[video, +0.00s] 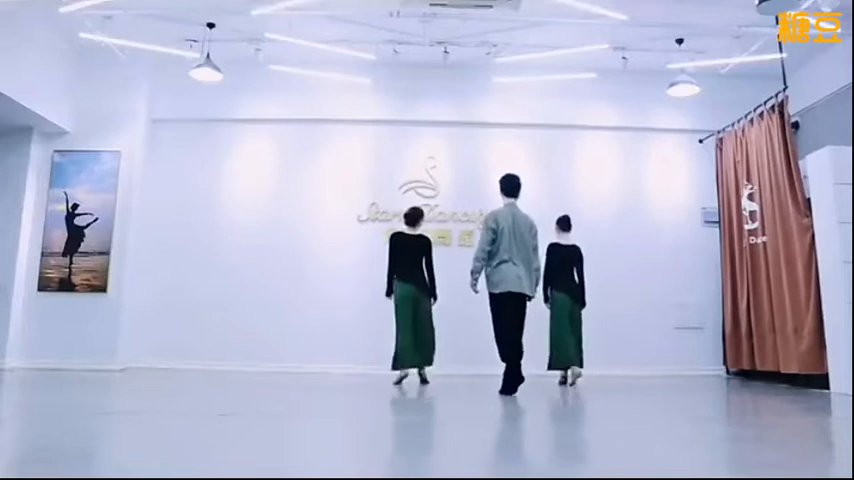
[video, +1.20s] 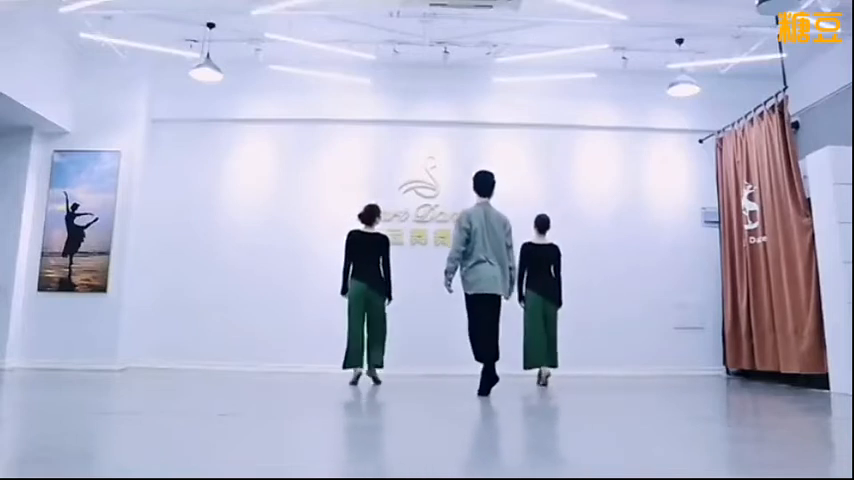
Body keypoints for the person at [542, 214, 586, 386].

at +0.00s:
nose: (556, 230)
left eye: (556, 227)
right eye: (560, 227)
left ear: (556, 228)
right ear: (570, 229)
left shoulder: (552, 248)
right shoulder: (576, 249)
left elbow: (547, 273)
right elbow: (581, 277)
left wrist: (546, 293)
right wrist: (583, 298)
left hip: (558, 292)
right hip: (573, 293)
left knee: (561, 331)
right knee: (573, 330)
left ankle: (565, 368)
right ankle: (574, 365)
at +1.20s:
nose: (538, 229)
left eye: (536, 226)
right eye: (542, 226)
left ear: (534, 227)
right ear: (548, 228)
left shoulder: (527, 247)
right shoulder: (554, 249)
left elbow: (521, 272)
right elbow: (558, 275)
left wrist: (520, 293)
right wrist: (559, 296)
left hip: (533, 292)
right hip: (550, 293)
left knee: (536, 330)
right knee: (548, 330)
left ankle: (542, 367)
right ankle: (545, 367)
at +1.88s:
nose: (532, 229)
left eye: (530, 226)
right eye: (536, 226)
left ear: (528, 227)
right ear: (542, 228)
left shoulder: (520, 247)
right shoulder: (548, 248)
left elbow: (516, 272)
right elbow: (553, 275)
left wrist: (515, 293)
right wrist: (554, 296)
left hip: (528, 291)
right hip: (545, 292)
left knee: (531, 330)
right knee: (542, 329)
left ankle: (537, 367)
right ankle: (539, 368)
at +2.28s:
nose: (530, 230)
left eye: (528, 227)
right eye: (533, 227)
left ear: (525, 228)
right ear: (539, 229)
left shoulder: (518, 248)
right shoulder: (545, 249)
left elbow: (513, 273)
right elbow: (550, 275)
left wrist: (512, 294)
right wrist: (551, 296)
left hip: (525, 293)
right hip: (542, 293)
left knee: (529, 331)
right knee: (542, 330)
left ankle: (539, 367)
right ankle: (541, 369)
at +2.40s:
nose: (524, 233)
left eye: (524, 230)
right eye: (530, 230)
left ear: (523, 232)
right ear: (537, 232)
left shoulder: (516, 252)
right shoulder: (543, 253)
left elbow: (512, 278)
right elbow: (548, 280)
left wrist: (511, 299)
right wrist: (550, 300)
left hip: (522, 296)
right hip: (540, 297)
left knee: (527, 333)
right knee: (541, 332)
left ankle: (538, 368)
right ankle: (543, 370)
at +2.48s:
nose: (522, 234)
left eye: (522, 232)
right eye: (525, 232)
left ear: (521, 234)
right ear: (536, 234)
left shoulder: (515, 254)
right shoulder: (542, 255)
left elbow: (511, 280)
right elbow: (548, 281)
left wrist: (511, 302)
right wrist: (551, 302)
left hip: (522, 299)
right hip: (540, 299)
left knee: (526, 335)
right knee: (542, 334)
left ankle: (537, 369)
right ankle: (542, 371)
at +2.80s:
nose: (503, 232)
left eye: (503, 230)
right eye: (504, 229)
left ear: (506, 230)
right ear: (518, 230)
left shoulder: (500, 249)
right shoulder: (525, 248)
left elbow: (494, 274)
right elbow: (542, 256)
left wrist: (492, 295)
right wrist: (553, 263)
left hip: (506, 296)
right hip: (524, 297)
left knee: (499, 332)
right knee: (531, 334)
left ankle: (489, 367)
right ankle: (537, 371)